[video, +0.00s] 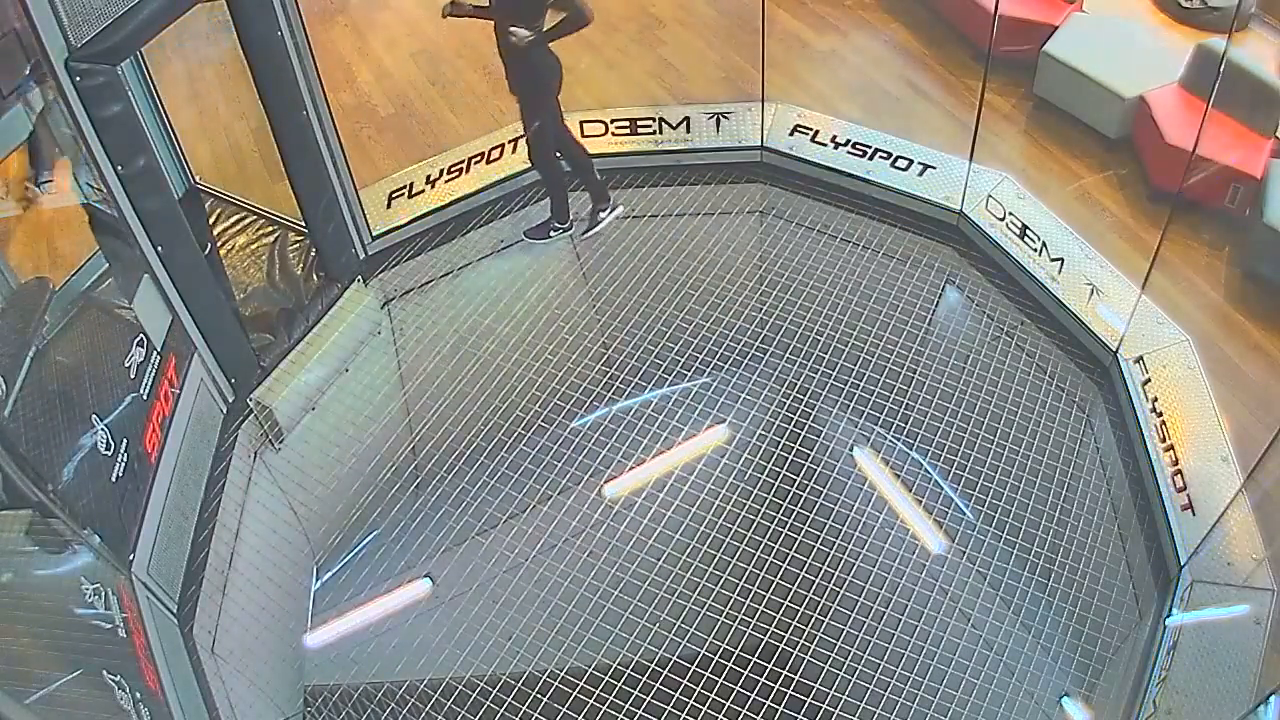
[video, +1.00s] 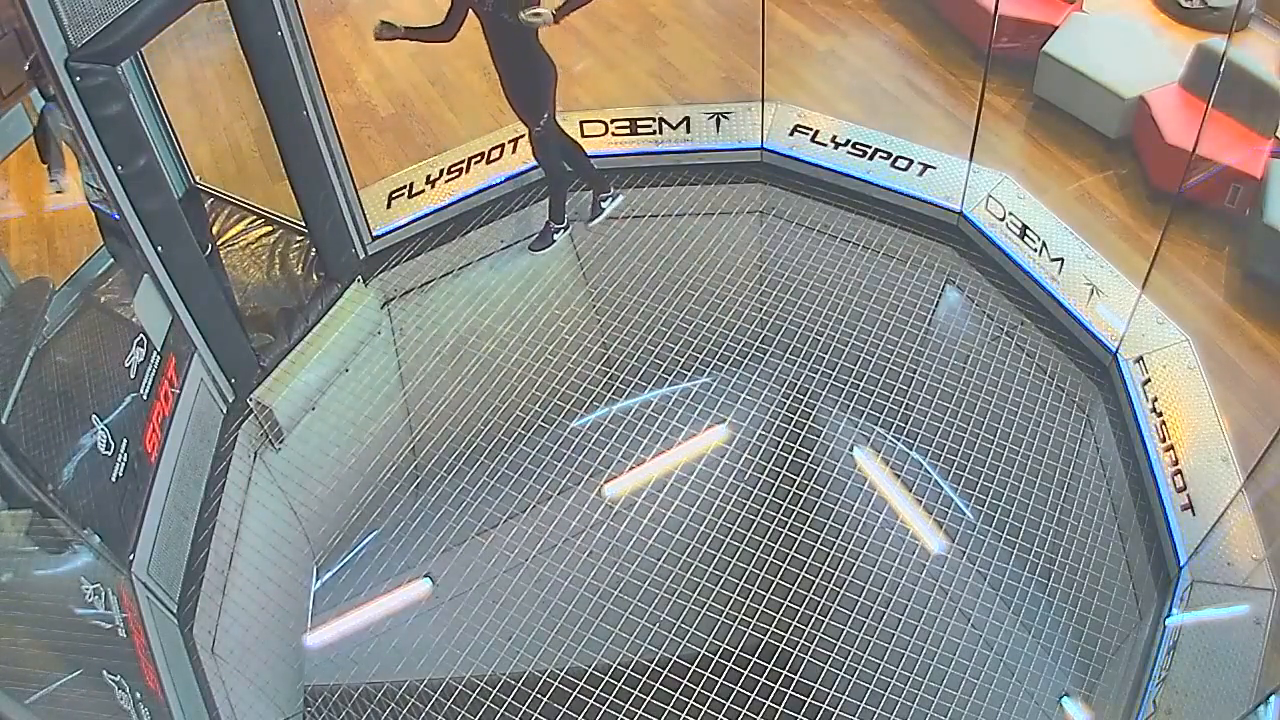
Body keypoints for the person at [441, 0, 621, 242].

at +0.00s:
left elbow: (582, 15)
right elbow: (508, 12)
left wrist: (535, 38)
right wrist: (468, 10)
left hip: (537, 72)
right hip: (523, 71)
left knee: (540, 151)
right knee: (562, 140)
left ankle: (561, 219)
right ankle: (603, 202)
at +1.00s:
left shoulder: (524, 2)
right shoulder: (469, 1)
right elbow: (446, 31)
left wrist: (558, 14)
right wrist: (400, 32)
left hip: (538, 71)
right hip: (508, 77)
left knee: (543, 149)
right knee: (554, 136)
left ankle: (558, 222)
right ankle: (603, 190)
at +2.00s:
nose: (436, 10)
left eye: (442, 7)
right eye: (434, 7)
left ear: (457, 3)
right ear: (432, 2)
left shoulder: (486, 9)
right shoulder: (428, 6)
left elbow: (551, 32)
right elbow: (430, 34)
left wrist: (505, 55)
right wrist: (381, 44)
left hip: (487, 97)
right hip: (451, 101)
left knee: (514, 165)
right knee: (453, 172)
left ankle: (555, 219)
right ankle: (466, 231)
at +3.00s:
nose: (414, 5)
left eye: (416, 3)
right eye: (409, 4)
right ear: (406, 3)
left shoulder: (463, 8)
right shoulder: (398, 11)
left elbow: (533, 26)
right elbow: (371, 38)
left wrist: (488, 53)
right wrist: (384, 64)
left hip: (472, 97)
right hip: (435, 104)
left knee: (487, 164)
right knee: (450, 173)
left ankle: (503, 225)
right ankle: (466, 233)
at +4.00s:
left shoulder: (470, 4)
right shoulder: (399, 5)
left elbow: (529, 17)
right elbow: (359, 41)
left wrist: (483, 45)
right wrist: (395, 51)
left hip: (472, 86)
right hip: (435, 92)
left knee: (487, 157)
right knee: (450, 166)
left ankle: (503, 224)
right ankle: (466, 232)